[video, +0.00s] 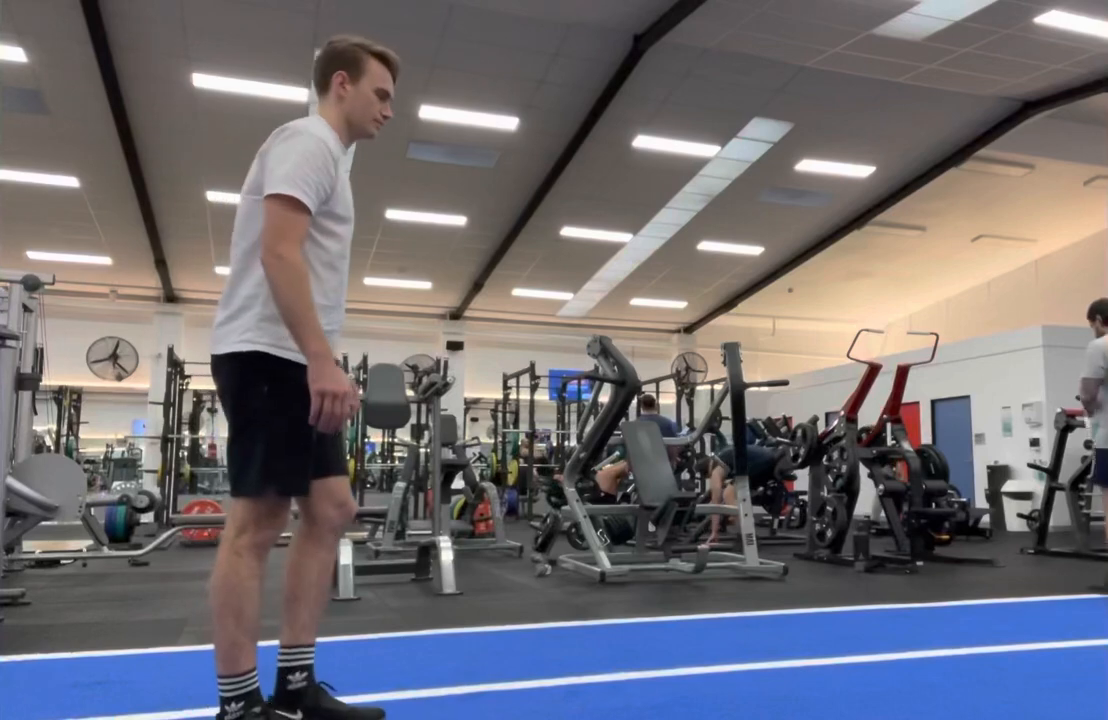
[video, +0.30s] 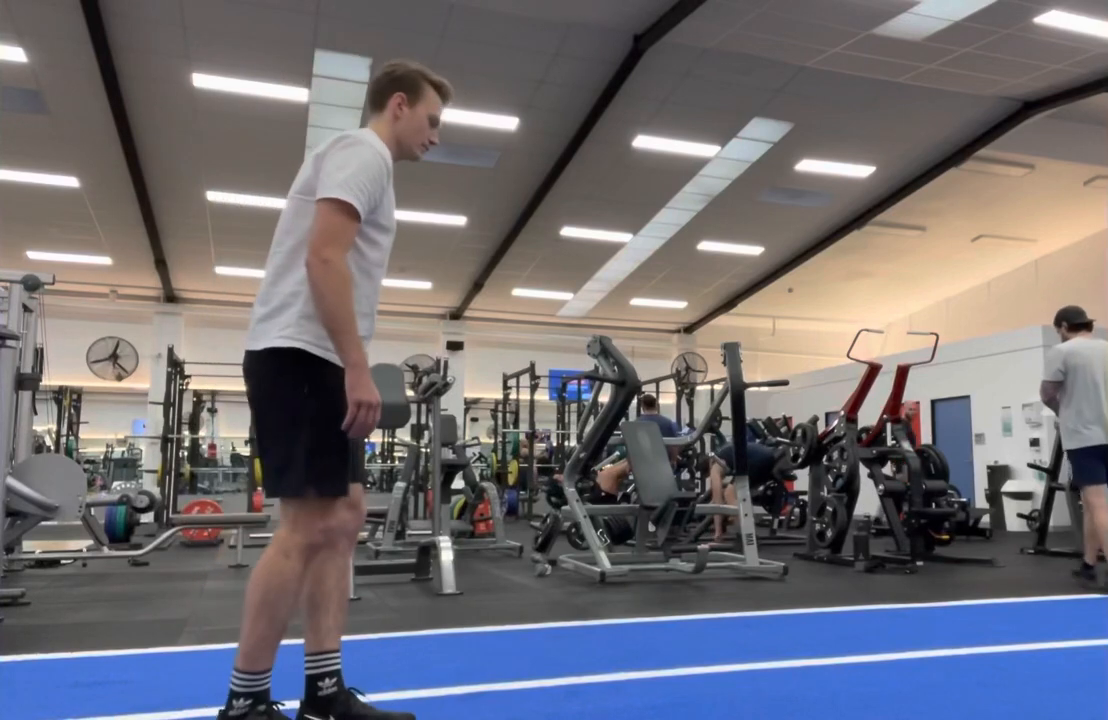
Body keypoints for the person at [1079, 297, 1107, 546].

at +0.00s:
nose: (1091, 329)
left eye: (1091, 324)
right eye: (1091, 324)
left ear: (1100, 321)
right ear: (1103, 320)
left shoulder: (1100, 345)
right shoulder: (1099, 345)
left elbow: (1088, 392)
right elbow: (1089, 392)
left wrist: (1092, 411)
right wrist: (1091, 409)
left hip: (1104, 435)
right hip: (1102, 434)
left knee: (1104, 490)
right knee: (1103, 489)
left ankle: (1105, 541)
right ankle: (1104, 540)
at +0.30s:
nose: (1059, 334)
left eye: (1058, 330)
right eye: (1058, 330)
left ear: (1065, 328)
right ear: (1088, 325)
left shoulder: (1062, 351)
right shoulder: (1103, 347)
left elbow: (1047, 393)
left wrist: (1066, 412)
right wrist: (1066, 410)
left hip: (1084, 434)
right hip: (1103, 432)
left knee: (1098, 503)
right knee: (1091, 502)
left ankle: (1102, 565)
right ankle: (1090, 565)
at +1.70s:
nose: (928, 405)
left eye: (927, 400)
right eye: (926, 402)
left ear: (931, 392)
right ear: (942, 388)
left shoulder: (943, 404)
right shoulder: (963, 394)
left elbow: (945, 446)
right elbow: (987, 430)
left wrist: (944, 478)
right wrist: (974, 463)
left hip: (993, 444)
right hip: (1010, 441)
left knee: (974, 498)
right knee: (985, 498)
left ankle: (988, 558)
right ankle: (982, 552)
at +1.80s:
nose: (924, 412)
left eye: (922, 407)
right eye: (921, 409)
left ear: (927, 399)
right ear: (935, 396)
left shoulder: (940, 408)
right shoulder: (957, 401)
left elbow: (943, 451)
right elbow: (976, 444)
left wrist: (943, 482)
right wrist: (960, 473)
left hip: (992, 445)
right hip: (1008, 441)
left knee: (973, 498)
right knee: (985, 499)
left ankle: (987, 557)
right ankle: (981, 553)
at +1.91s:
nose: (921, 416)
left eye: (919, 411)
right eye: (919, 413)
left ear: (923, 403)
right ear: (932, 398)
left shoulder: (938, 410)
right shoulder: (956, 405)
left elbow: (943, 451)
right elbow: (966, 456)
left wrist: (942, 481)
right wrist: (949, 480)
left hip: (994, 444)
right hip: (1007, 440)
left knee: (973, 497)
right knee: (980, 500)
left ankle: (987, 555)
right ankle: (983, 552)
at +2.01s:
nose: (920, 418)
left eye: (917, 414)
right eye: (917, 416)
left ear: (921, 406)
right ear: (928, 402)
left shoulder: (938, 411)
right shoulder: (952, 406)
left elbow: (944, 453)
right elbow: (962, 456)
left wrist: (944, 482)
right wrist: (947, 480)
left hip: (995, 442)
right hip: (1007, 439)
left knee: (976, 497)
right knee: (980, 499)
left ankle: (997, 555)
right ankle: (981, 554)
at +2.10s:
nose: (918, 422)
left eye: (916, 418)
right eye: (915, 420)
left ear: (919, 409)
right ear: (923, 407)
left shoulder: (937, 412)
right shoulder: (945, 409)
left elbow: (947, 456)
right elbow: (957, 456)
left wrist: (947, 483)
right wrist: (946, 482)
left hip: (998, 440)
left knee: (981, 498)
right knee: (979, 499)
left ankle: (1003, 556)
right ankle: (980, 554)